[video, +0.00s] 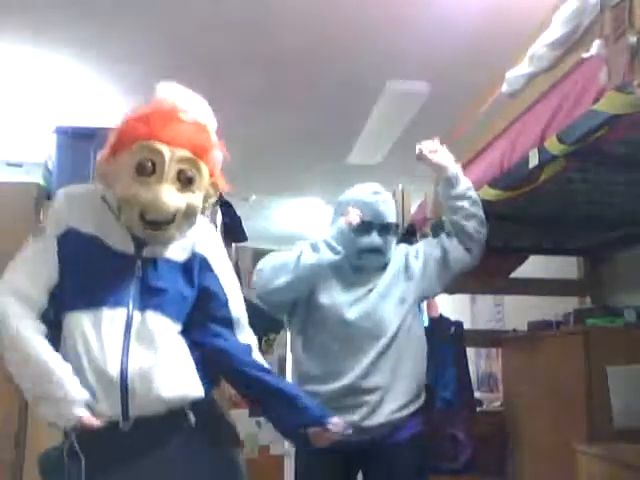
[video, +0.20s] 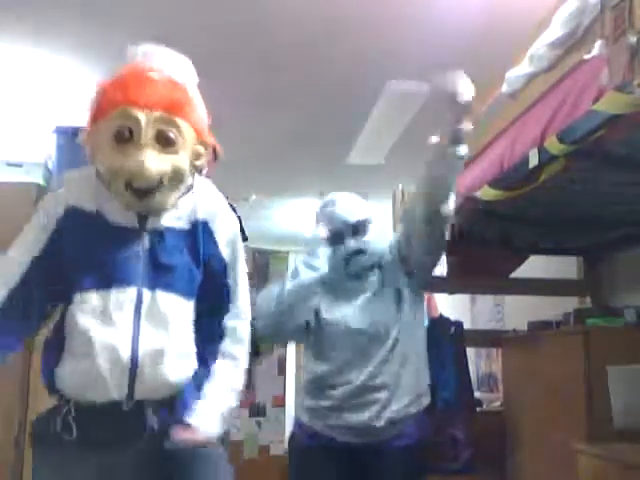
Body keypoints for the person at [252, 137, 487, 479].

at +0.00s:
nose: (374, 241)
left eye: (384, 230)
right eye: (363, 230)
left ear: (395, 232)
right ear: (341, 230)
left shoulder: (410, 266)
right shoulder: (311, 269)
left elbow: (467, 241)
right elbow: (265, 286)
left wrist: (451, 174)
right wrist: (335, 240)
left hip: (397, 433)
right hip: (323, 435)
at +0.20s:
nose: (352, 244)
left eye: (360, 231)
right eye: (340, 237)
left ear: (373, 228)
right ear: (325, 241)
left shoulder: (403, 270)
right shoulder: (311, 290)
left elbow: (430, 210)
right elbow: (263, 324)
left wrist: (453, 131)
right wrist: (319, 276)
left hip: (397, 443)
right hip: (322, 444)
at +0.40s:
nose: (348, 234)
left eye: (359, 225)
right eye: (338, 229)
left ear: (383, 236)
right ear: (325, 247)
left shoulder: (413, 282)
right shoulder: (315, 298)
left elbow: (461, 224)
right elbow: (288, 341)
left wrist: (415, 169)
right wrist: (311, 257)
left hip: (393, 456)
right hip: (320, 454)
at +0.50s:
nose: (361, 227)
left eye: (374, 219)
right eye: (350, 223)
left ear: (397, 235)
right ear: (338, 240)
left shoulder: (420, 279)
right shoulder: (319, 285)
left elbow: (482, 238)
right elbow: (276, 311)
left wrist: (432, 181)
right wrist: (327, 245)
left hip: (397, 453)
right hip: (323, 454)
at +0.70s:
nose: (373, 230)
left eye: (386, 220)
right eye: (361, 219)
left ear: (403, 230)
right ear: (343, 226)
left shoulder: (415, 280)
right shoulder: (315, 277)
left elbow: (488, 278)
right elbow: (256, 268)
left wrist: (460, 215)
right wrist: (330, 232)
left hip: (403, 433)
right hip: (331, 437)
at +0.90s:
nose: (362, 231)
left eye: (376, 222)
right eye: (351, 219)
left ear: (394, 231)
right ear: (332, 225)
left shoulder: (402, 276)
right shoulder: (311, 272)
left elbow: (471, 270)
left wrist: (469, 195)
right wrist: (320, 228)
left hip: (401, 433)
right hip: (328, 437)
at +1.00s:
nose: (355, 228)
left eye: (366, 218)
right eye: (345, 217)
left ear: (380, 224)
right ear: (322, 222)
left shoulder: (390, 269)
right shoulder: (296, 279)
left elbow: (435, 249)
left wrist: (464, 176)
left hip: (394, 433)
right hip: (319, 437)